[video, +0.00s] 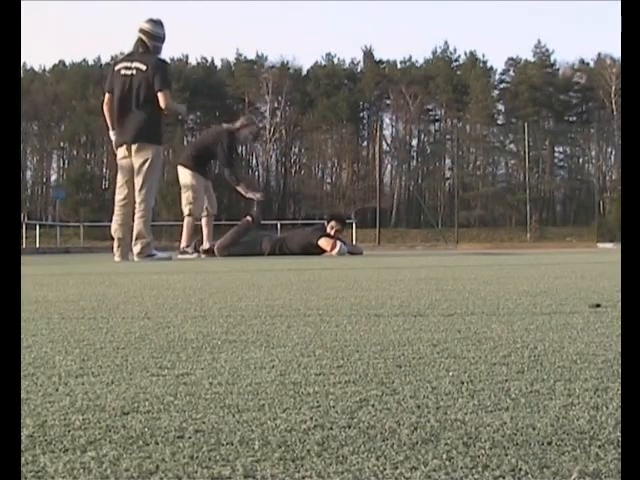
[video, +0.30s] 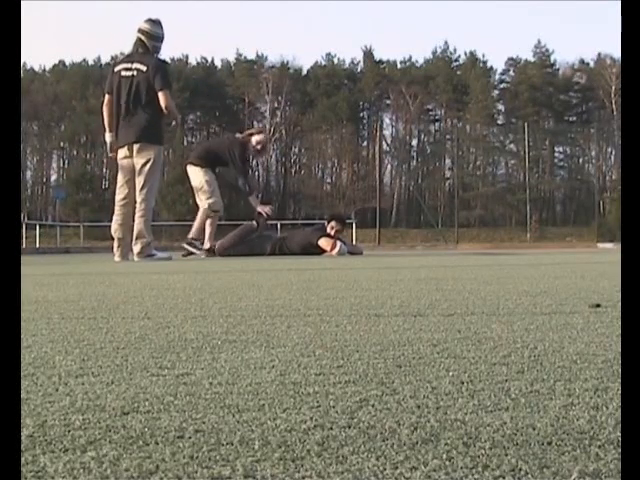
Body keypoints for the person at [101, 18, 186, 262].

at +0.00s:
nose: (162, 46)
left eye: (162, 42)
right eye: (161, 42)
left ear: (140, 37)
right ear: (157, 41)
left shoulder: (119, 64)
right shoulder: (156, 64)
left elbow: (107, 102)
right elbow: (165, 103)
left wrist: (113, 130)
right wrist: (181, 109)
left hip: (121, 136)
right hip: (147, 136)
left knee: (122, 194)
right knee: (145, 194)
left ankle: (119, 249)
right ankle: (142, 247)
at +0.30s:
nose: (161, 45)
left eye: (160, 41)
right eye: (160, 41)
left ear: (138, 37)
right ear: (156, 41)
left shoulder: (118, 65)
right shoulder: (156, 64)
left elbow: (107, 103)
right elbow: (165, 102)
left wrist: (109, 133)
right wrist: (175, 117)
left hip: (122, 136)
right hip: (148, 136)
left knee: (122, 196)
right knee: (145, 196)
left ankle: (119, 249)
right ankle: (142, 247)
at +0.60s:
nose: (161, 46)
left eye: (161, 41)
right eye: (160, 42)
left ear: (138, 37)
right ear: (156, 41)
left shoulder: (118, 65)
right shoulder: (155, 64)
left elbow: (107, 103)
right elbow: (162, 103)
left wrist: (105, 134)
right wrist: (168, 126)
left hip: (122, 136)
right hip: (148, 136)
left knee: (123, 195)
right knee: (145, 195)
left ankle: (119, 249)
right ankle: (142, 246)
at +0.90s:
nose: (160, 47)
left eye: (160, 43)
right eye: (160, 43)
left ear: (138, 38)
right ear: (156, 42)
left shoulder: (118, 65)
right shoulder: (154, 65)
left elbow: (107, 103)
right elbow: (162, 101)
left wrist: (111, 133)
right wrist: (173, 125)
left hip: (122, 136)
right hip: (148, 136)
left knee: (123, 195)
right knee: (145, 196)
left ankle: (119, 249)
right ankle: (142, 247)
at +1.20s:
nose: (161, 47)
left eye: (161, 43)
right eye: (161, 43)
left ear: (139, 38)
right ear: (156, 42)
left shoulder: (119, 65)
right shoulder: (155, 65)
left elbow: (108, 104)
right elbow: (161, 102)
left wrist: (111, 133)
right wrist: (173, 125)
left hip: (122, 136)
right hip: (147, 137)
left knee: (123, 195)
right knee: (145, 196)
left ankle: (119, 249)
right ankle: (142, 247)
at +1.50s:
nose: (163, 48)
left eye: (164, 44)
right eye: (163, 44)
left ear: (142, 38)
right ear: (159, 43)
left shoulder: (120, 65)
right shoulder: (156, 65)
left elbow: (109, 103)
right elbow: (160, 101)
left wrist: (110, 134)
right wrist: (172, 124)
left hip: (123, 137)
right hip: (148, 138)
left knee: (124, 196)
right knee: (145, 197)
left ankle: (119, 249)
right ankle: (142, 248)